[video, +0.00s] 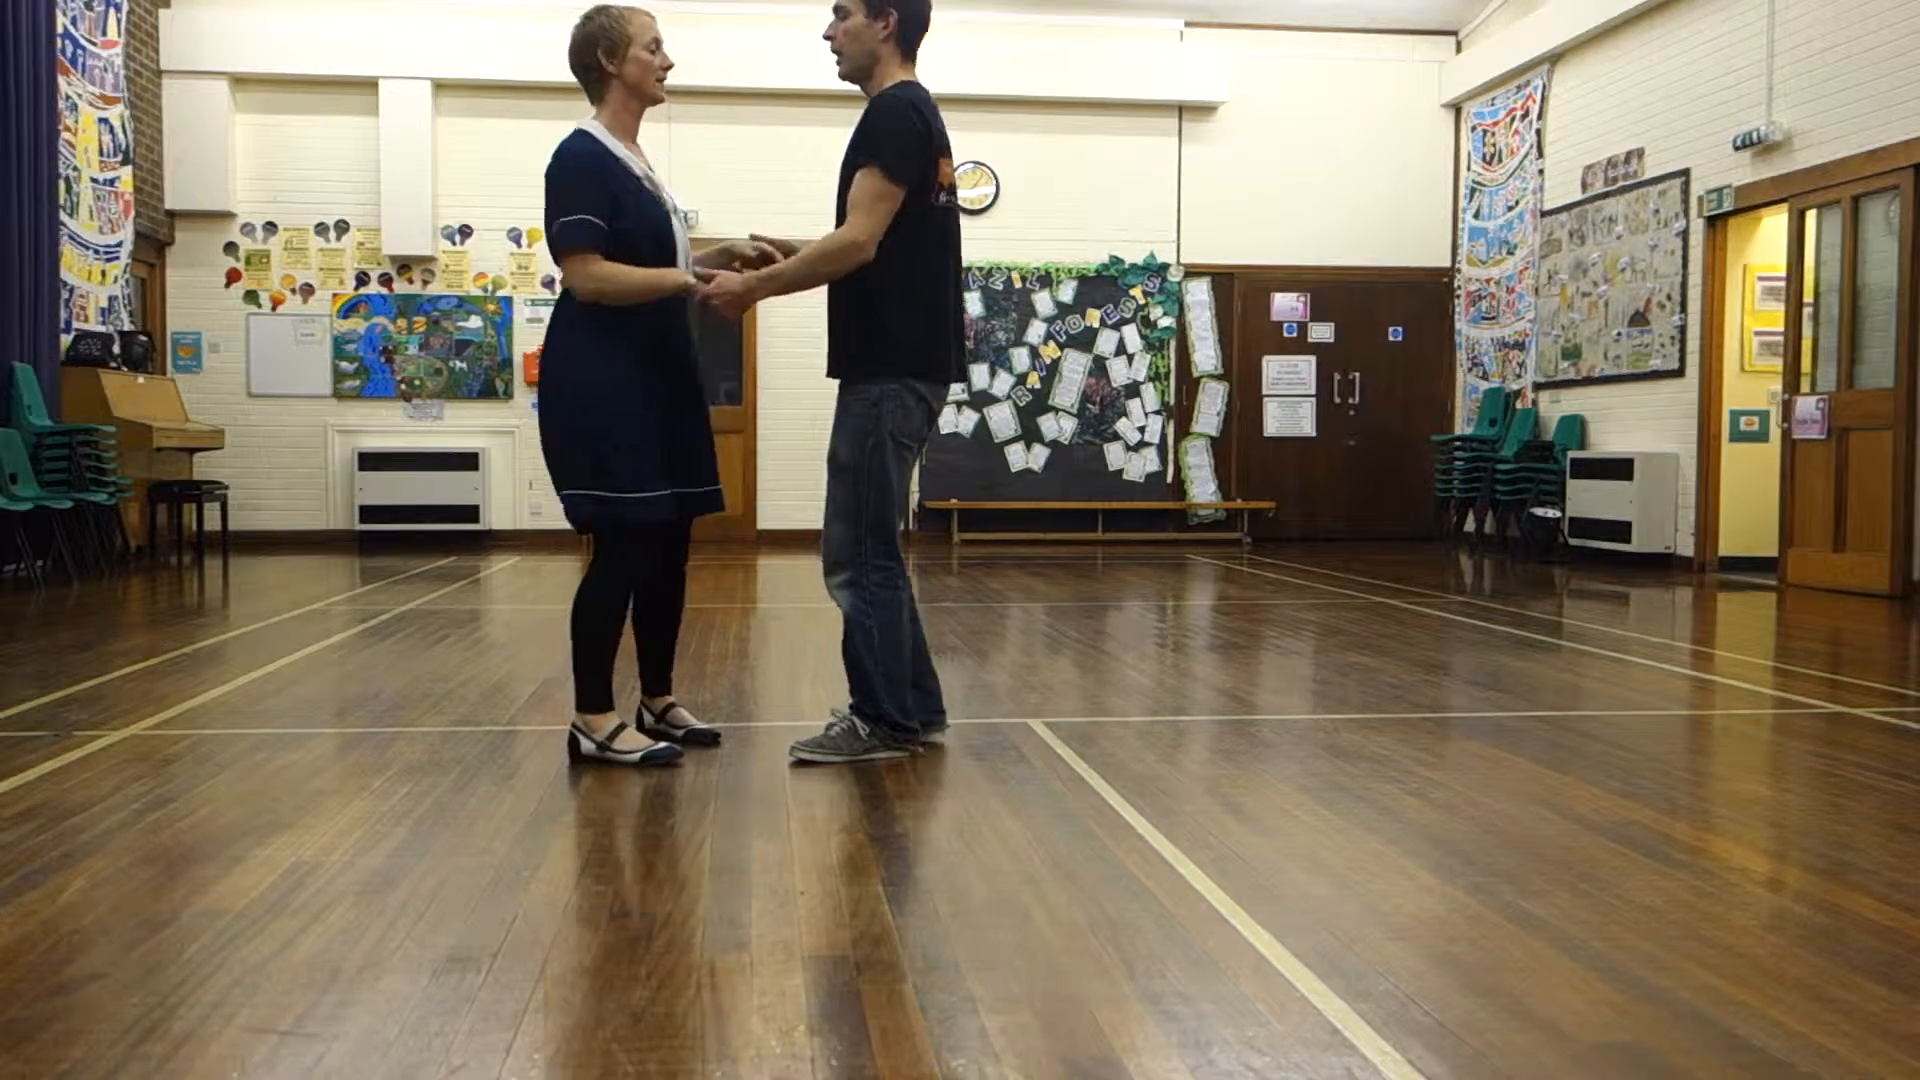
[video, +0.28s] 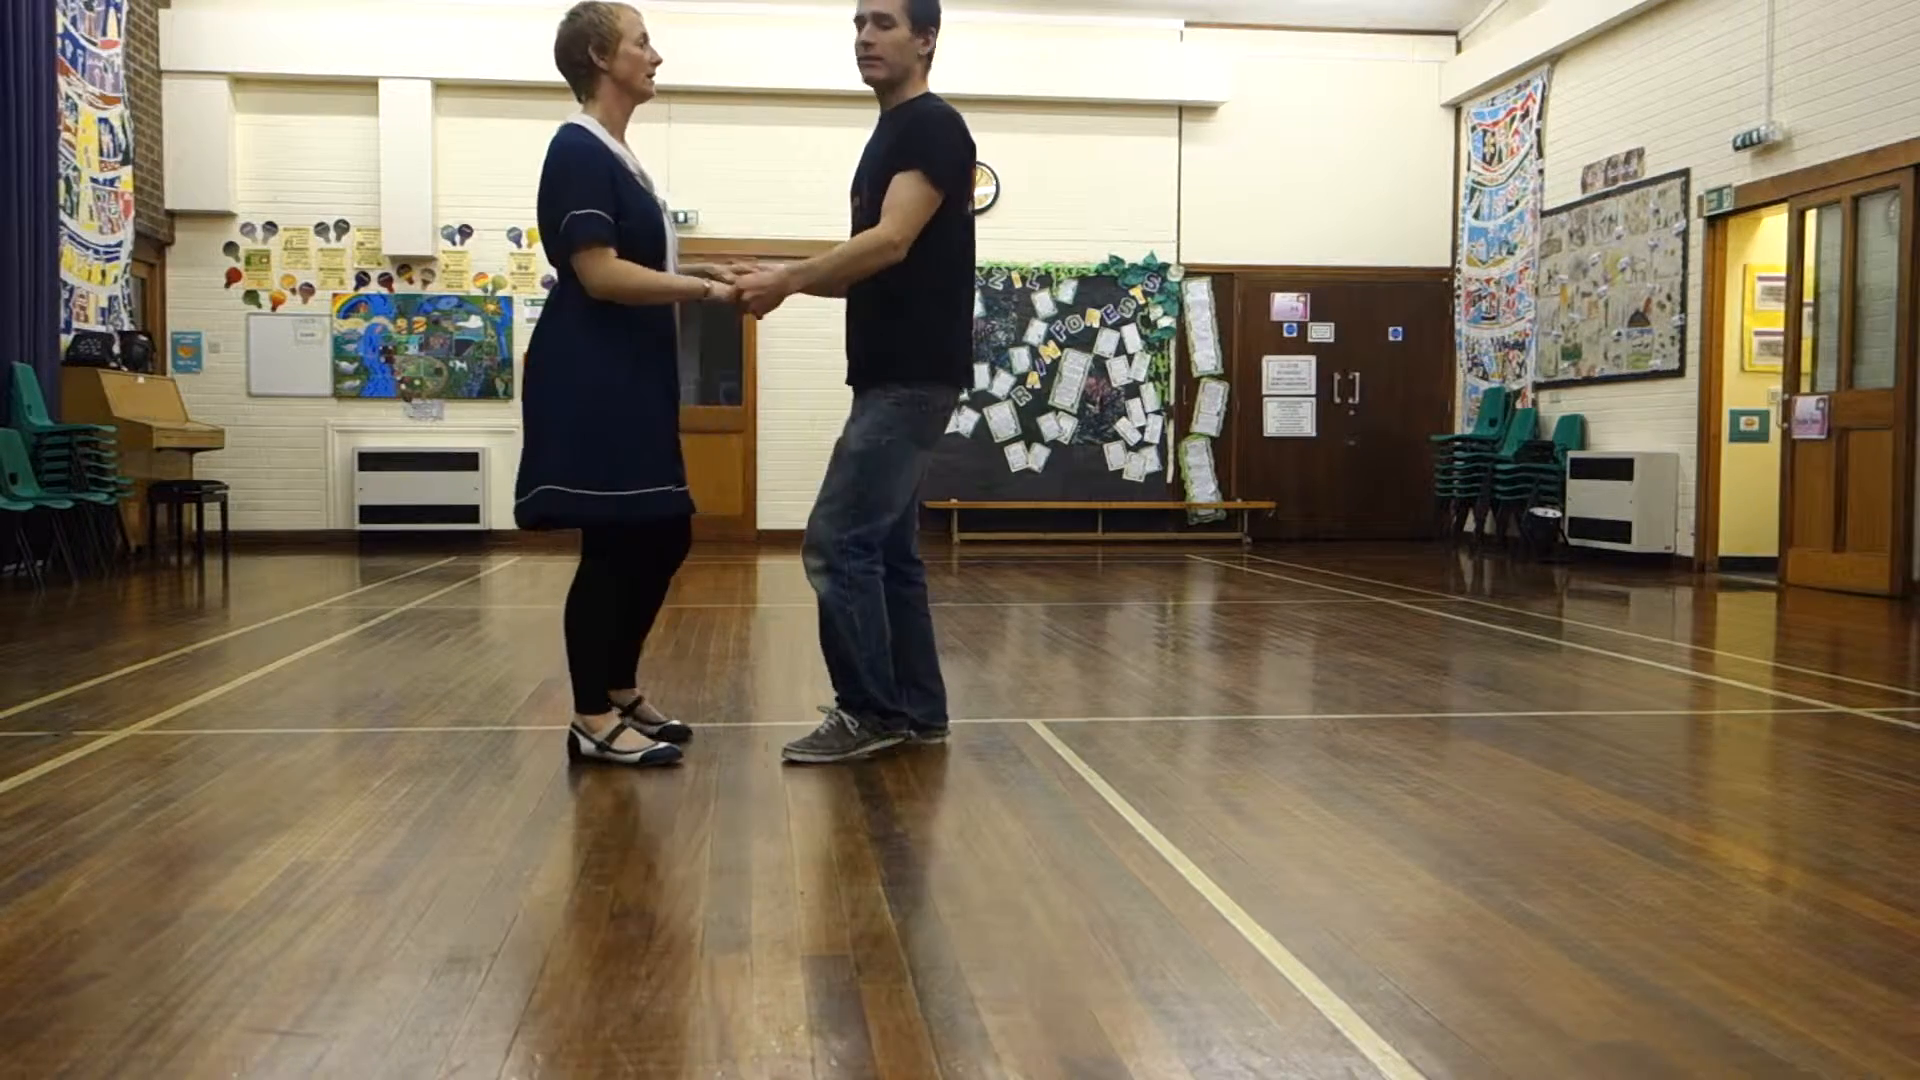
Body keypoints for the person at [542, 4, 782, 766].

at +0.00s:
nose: (667, 62)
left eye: (664, 50)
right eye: (652, 49)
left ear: (626, 66)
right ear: (608, 62)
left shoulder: (637, 162)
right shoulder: (581, 156)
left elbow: (656, 260)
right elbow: (583, 276)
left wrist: (731, 252)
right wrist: (690, 283)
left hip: (658, 391)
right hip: (602, 393)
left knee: (667, 544)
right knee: (620, 549)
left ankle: (657, 705)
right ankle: (593, 722)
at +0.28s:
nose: (656, 54)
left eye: (651, 42)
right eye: (642, 44)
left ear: (611, 60)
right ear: (601, 59)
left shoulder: (618, 154)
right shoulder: (579, 147)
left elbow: (637, 266)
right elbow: (598, 274)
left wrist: (713, 274)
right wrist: (703, 288)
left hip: (633, 389)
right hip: (594, 390)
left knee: (664, 533)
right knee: (613, 542)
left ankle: (618, 694)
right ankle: (593, 719)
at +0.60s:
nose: (641, 67)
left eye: (637, 55)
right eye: (626, 55)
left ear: (594, 73)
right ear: (583, 71)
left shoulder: (605, 159)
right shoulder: (575, 155)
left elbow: (638, 272)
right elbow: (626, 275)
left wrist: (727, 295)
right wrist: (729, 299)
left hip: (626, 387)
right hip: (603, 387)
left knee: (622, 543)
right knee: (618, 543)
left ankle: (593, 705)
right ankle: (593, 717)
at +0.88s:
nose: (630, 81)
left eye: (629, 68)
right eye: (615, 69)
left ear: (592, 85)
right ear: (573, 83)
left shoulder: (602, 168)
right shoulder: (573, 165)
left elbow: (638, 277)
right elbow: (627, 276)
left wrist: (731, 299)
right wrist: (735, 303)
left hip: (620, 390)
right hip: (596, 391)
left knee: (620, 542)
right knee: (614, 543)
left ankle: (593, 705)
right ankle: (592, 714)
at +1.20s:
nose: (628, 83)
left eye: (628, 72)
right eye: (612, 72)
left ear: (600, 90)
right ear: (571, 89)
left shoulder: (608, 171)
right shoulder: (572, 166)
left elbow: (638, 281)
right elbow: (611, 278)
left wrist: (719, 297)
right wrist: (714, 303)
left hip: (618, 385)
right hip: (593, 386)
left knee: (613, 540)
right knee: (627, 540)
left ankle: (590, 701)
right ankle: (598, 707)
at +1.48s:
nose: (636, 85)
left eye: (636, 73)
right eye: (620, 73)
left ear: (619, 87)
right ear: (579, 87)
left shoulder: (617, 171)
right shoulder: (581, 163)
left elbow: (648, 291)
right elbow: (618, 269)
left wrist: (734, 295)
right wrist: (720, 276)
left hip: (620, 384)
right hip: (599, 385)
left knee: (613, 541)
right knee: (634, 540)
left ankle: (591, 705)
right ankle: (596, 711)